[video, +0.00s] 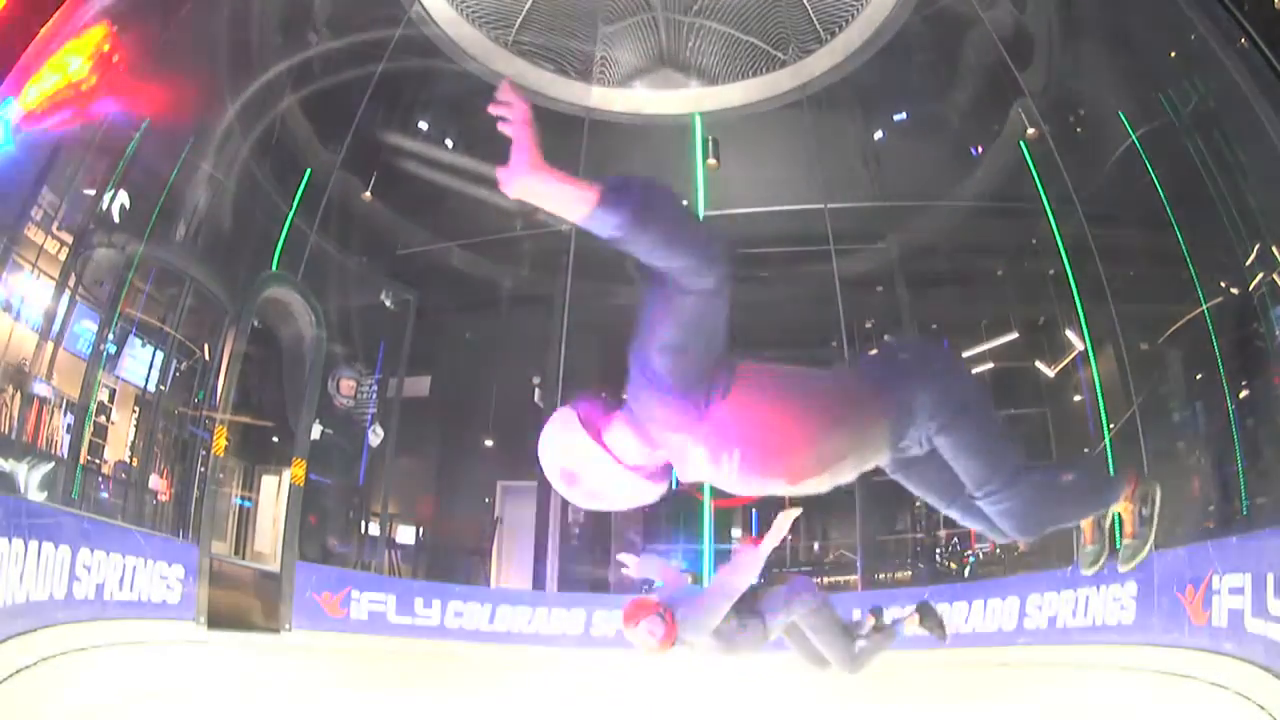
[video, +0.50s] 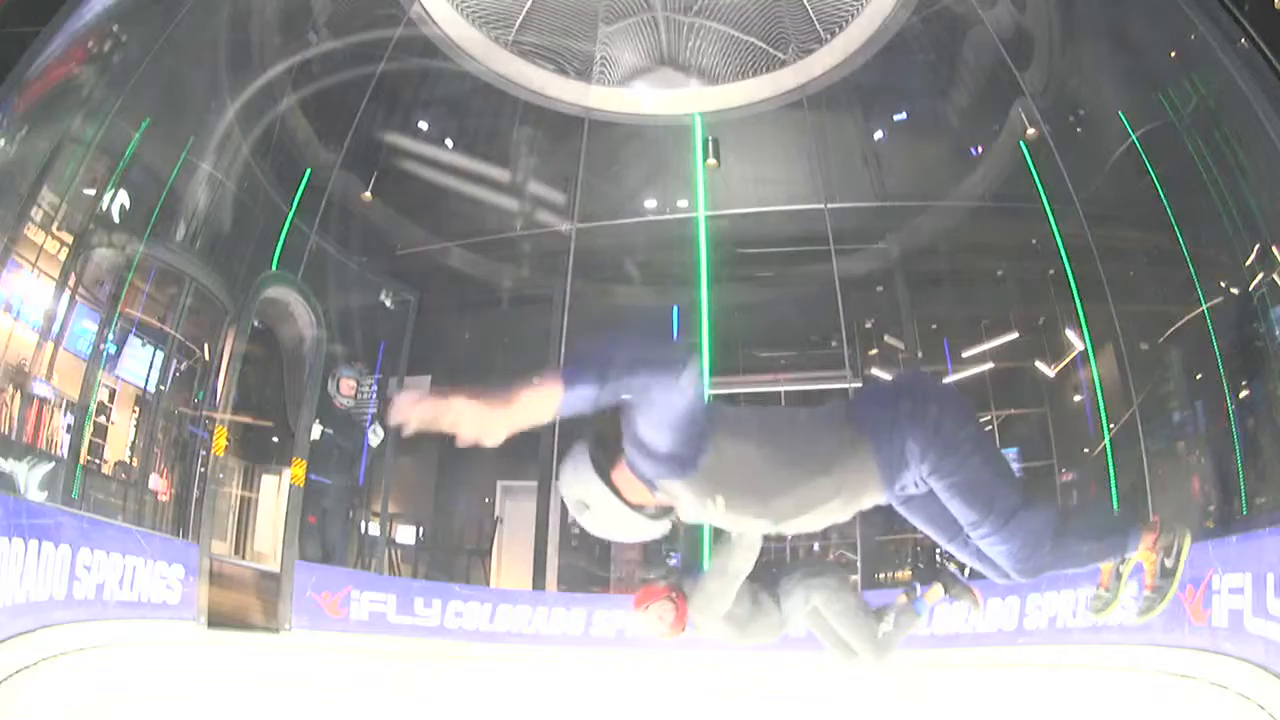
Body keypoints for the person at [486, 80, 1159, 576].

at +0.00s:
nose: (615, 486)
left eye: (597, 477)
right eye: (604, 485)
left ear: (597, 442)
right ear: (607, 450)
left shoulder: (665, 388)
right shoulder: (676, 461)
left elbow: (696, 265)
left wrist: (543, 183)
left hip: (917, 388)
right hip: (891, 450)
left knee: (1019, 500)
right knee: (998, 525)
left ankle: (1131, 483)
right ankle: (1097, 494)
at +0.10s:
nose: (622, 477)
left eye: (605, 474)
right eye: (611, 474)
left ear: (593, 445)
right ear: (604, 448)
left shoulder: (655, 378)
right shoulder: (674, 452)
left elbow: (691, 254)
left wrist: (535, 195)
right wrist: (783, 486)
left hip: (909, 386)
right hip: (886, 445)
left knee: (1011, 507)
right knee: (981, 525)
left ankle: (1140, 491)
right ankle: (1100, 510)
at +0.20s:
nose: (618, 477)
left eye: (600, 471)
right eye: (605, 478)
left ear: (588, 437)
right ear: (603, 448)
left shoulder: (650, 371)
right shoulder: (663, 446)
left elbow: (703, 254)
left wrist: (569, 202)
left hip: (904, 390)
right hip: (881, 449)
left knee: (1007, 514)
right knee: (978, 534)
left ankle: (1128, 514)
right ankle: (1086, 527)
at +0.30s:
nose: (623, 473)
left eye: (607, 466)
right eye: (614, 474)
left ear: (599, 439)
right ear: (613, 460)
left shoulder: (650, 390)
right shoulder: (680, 464)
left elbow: (709, 269)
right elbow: (739, 539)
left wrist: (569, 236)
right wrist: (687, 619)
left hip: (904, 404)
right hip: (880, 458)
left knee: (1002, 524)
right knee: (981, 544)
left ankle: (1132, 523)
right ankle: (1094, 541)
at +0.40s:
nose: (618, 480)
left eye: (601, 480)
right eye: (607, 480)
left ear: (595, 460)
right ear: (615, 472)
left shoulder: (655, 415)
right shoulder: (679, 478)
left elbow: (706, 301)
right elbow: (741, 536)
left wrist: (555, 306)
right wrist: (694, 613)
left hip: (904, 413)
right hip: (883, 472)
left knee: (1010, 531)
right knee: (986, 553)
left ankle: (1135, 535)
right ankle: (1094, 536)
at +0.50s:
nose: (633, 521)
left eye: (618, 509)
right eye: (622, 517)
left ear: (617, 478)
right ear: (625, 499)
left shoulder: (668, 446)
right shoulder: (702, 499)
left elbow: (665, 359)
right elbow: (736, 554)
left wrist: (507, 410)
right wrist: (693, 607)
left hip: (911, 426)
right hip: (890, 477)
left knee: (1024, 542)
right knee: (1010, 567)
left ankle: (1150, 533)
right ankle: (1128, 532)